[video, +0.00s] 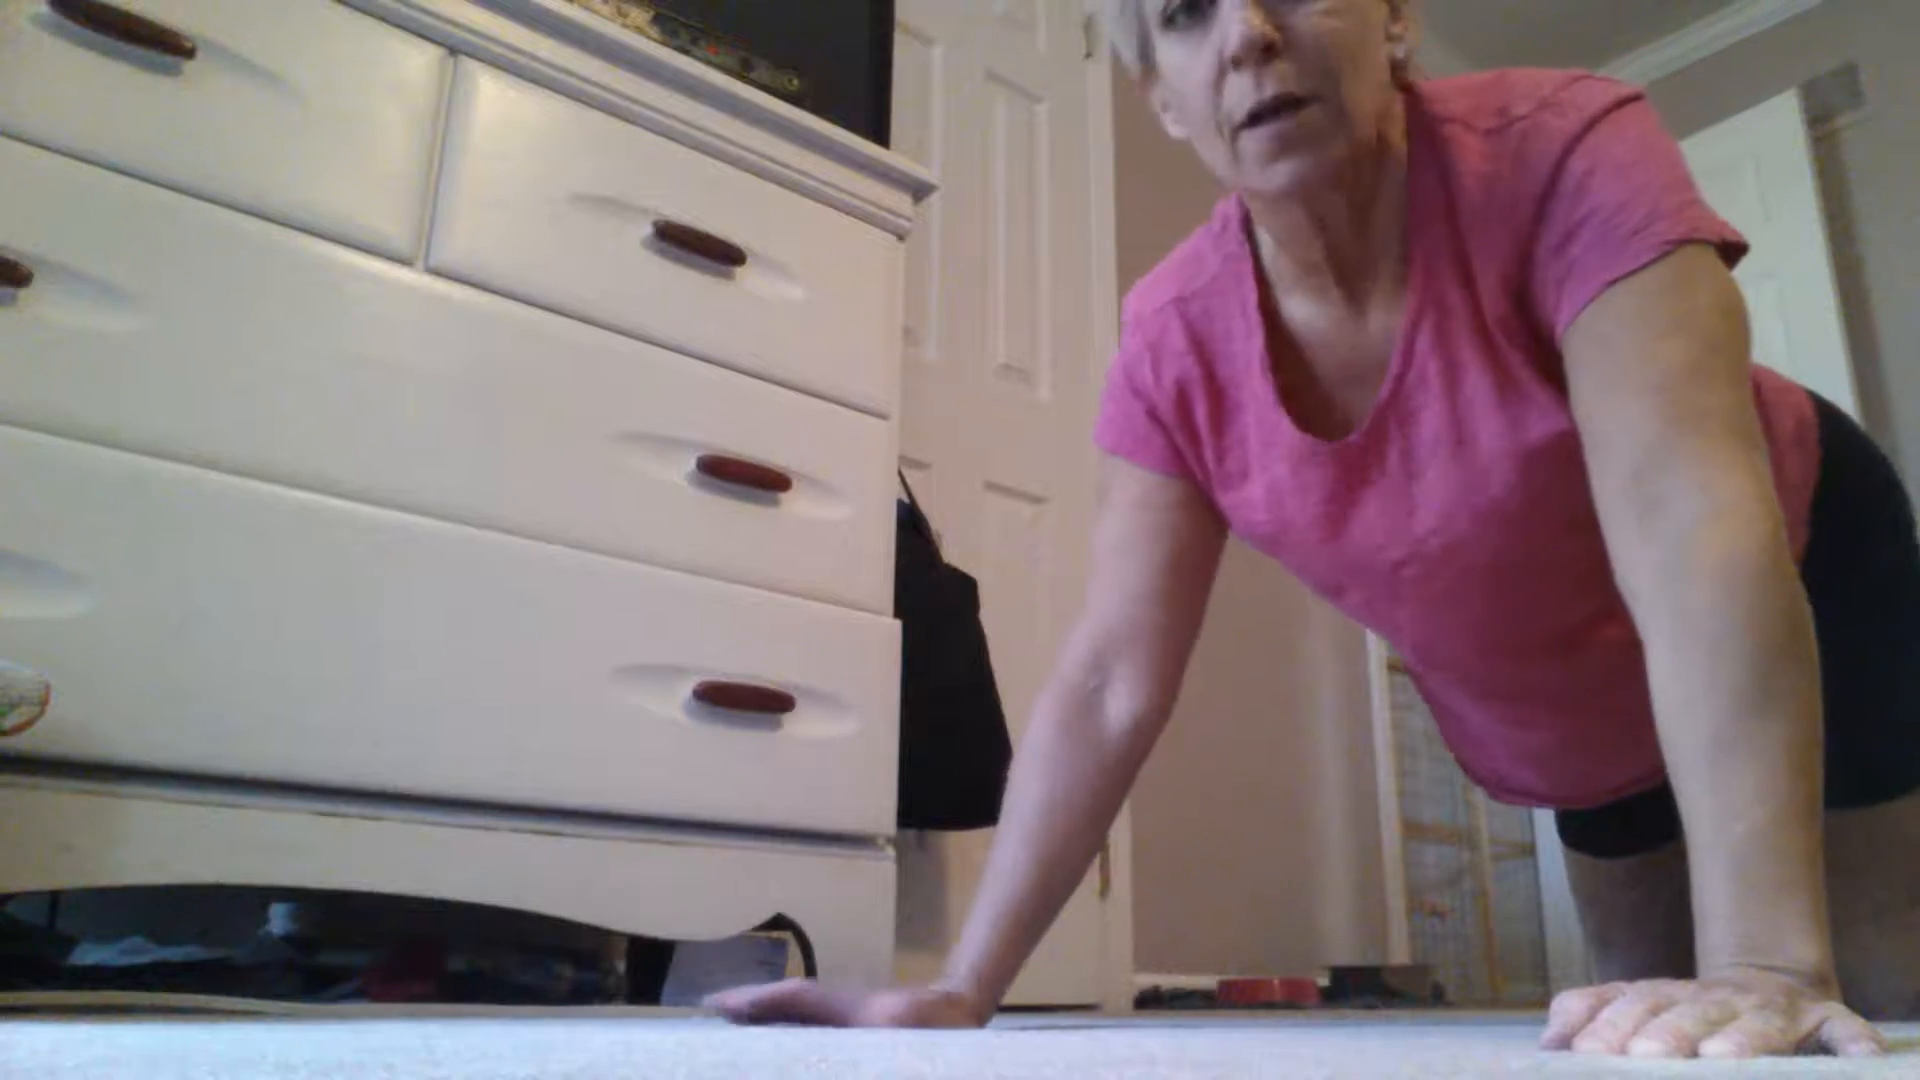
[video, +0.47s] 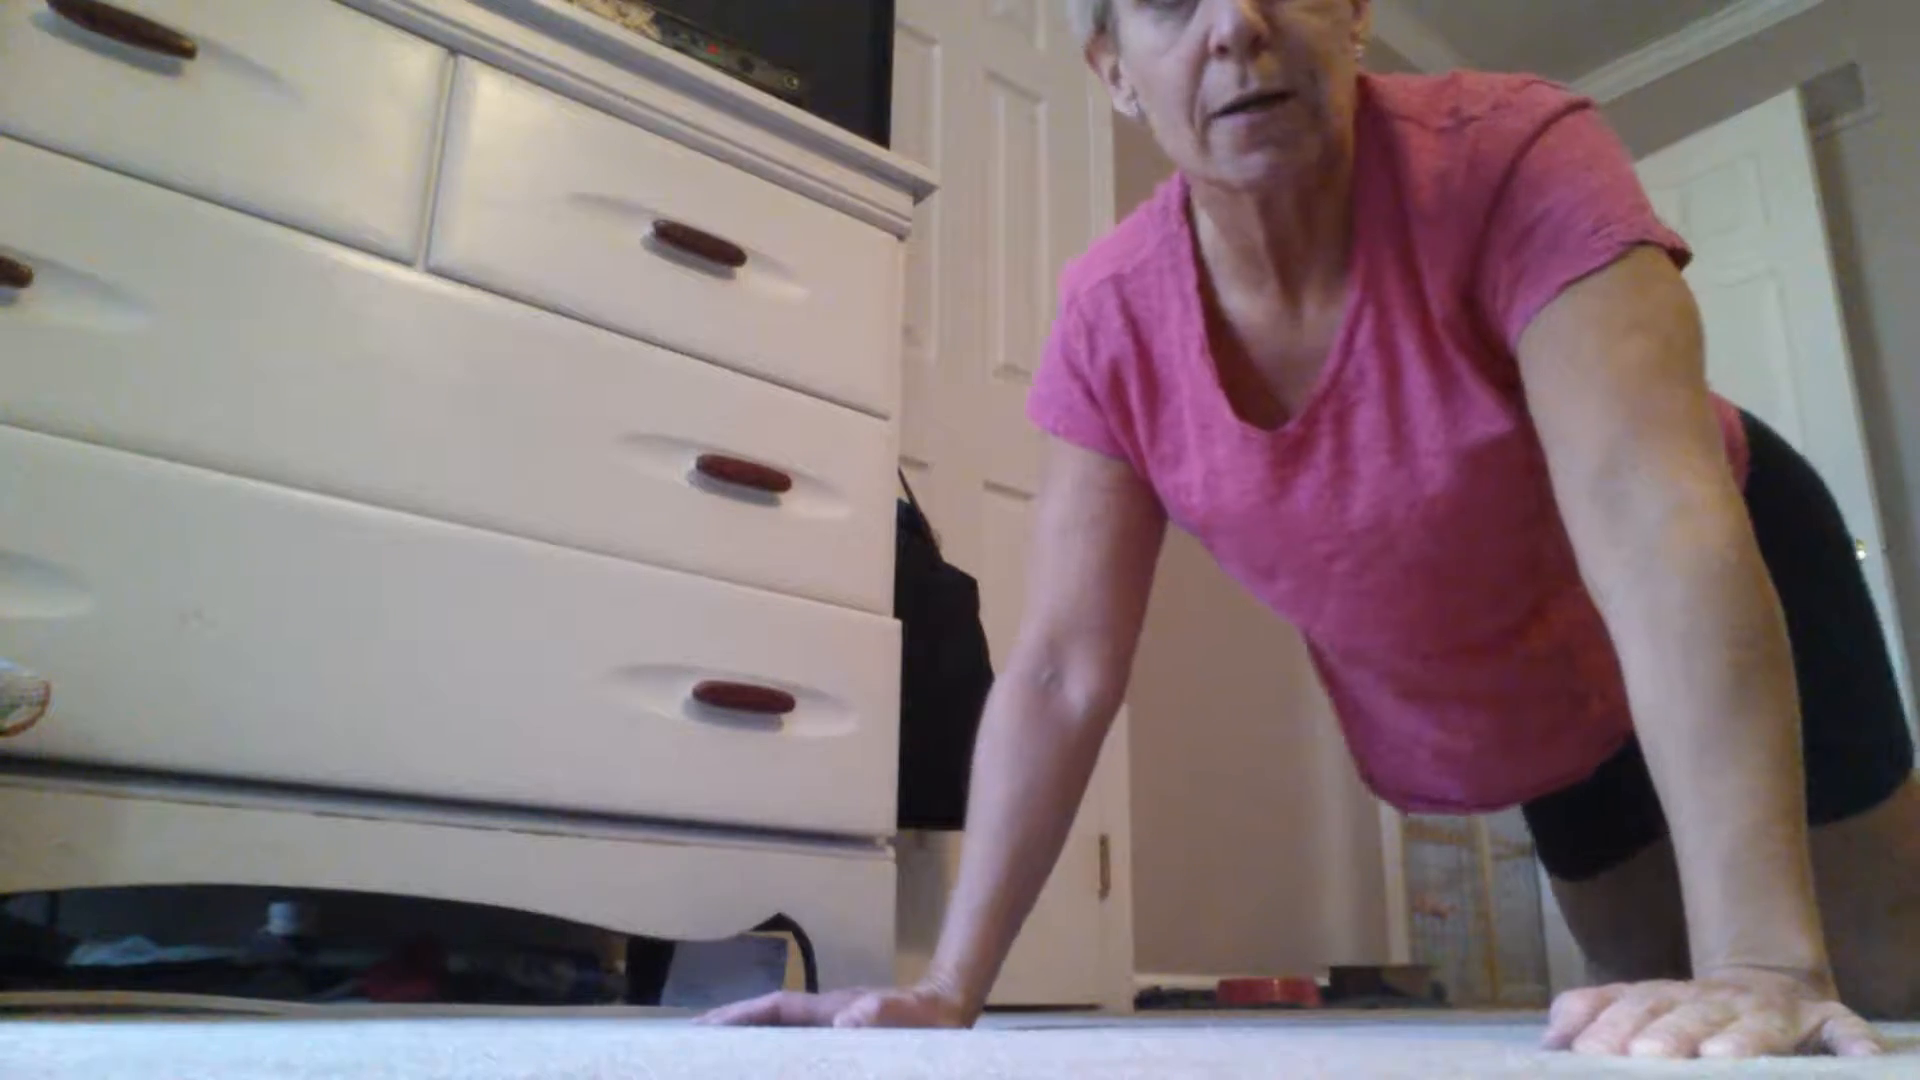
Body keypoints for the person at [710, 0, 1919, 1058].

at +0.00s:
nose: (1246, 39)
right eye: (1188, 23)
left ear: (1394, 28)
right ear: (1153, 99)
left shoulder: (1569, 152)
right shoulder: (1178, 336)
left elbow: (1701, 532)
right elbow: (1105, 684)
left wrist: (1765, 966)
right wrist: (966, 977)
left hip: (1800, 591)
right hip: (1585, 716)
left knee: (1849, 1012)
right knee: (1652, 1035)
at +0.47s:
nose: (1238, 32)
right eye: (1177, 7)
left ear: (1355, 25)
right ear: (1113, 75)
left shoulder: (1515, 158)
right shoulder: (1115, 317)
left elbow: (1663, 527)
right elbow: (1060, 670)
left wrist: (1762, 966)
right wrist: (952, 979)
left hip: (1722, 599)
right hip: (1532, 722)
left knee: (1865, 998)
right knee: (1661, 1027)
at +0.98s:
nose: (1228, 135)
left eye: (1268, 73)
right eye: (1167, 99)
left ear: (1346, 89)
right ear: (1115, 157)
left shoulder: (1490, 219)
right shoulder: (1105, 341)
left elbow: (1647, 561)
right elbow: (1053, 685)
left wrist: (1751, 974)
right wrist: (953, 979)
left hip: (1648, 559)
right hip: (1487, 667)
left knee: (1776, 959)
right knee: (1643, 988)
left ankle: (1907, 867)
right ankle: (1863, 876)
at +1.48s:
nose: (1077, 166)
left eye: (1117, 89)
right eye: (1031, 120)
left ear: (1246, 69)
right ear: (1007, 136)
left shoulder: (1435, 191)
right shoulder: (1080, 330)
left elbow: (1624, 530)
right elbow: (1042, 674)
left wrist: (1754, 972)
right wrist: (950, 983)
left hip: (1678, 542)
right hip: (1500, 659)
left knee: (1776, 955)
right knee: (1644, 999)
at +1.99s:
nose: (1040, 196)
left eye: (1079, 126)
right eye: (1008, 144)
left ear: (1244, 67)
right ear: (989, 140)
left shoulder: (1478, 163)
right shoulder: (1103, 324)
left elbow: (1696, 530)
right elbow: (1054, 675)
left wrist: (1758, 969)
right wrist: (950, 982)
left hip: (1696, 572)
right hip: (1524, 691)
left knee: (1782, 958)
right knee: (1690, 986)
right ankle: (1892, 927)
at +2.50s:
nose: (1136, 181)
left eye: (1184, 107)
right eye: (1088, 128)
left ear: (1330, 50)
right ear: (1057, 118)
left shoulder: (1526, 147)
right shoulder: (1129, 323)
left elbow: (1716, 527)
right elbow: (1062, 677)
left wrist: (1766, 969)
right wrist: (952, 983)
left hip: (1700, 587)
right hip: (1533, 691)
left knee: (1782, 923)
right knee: (1686, 818)